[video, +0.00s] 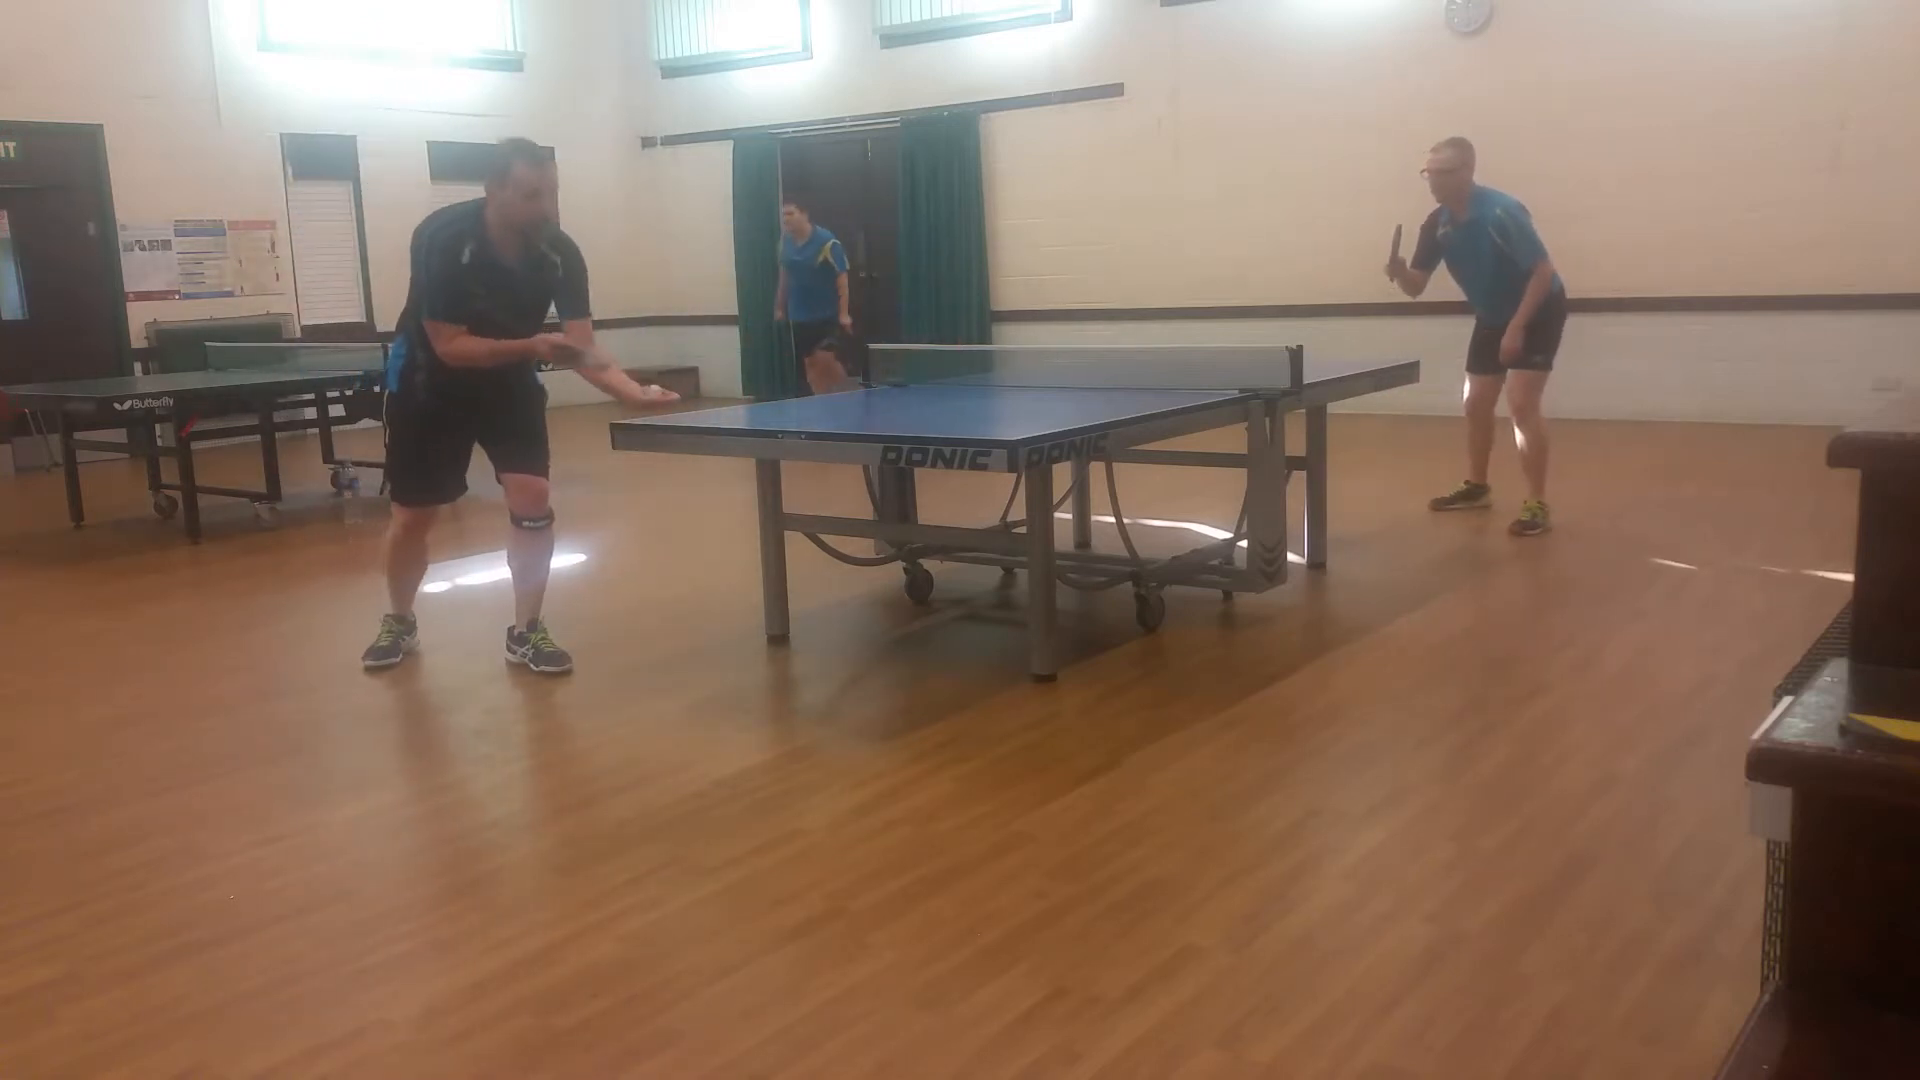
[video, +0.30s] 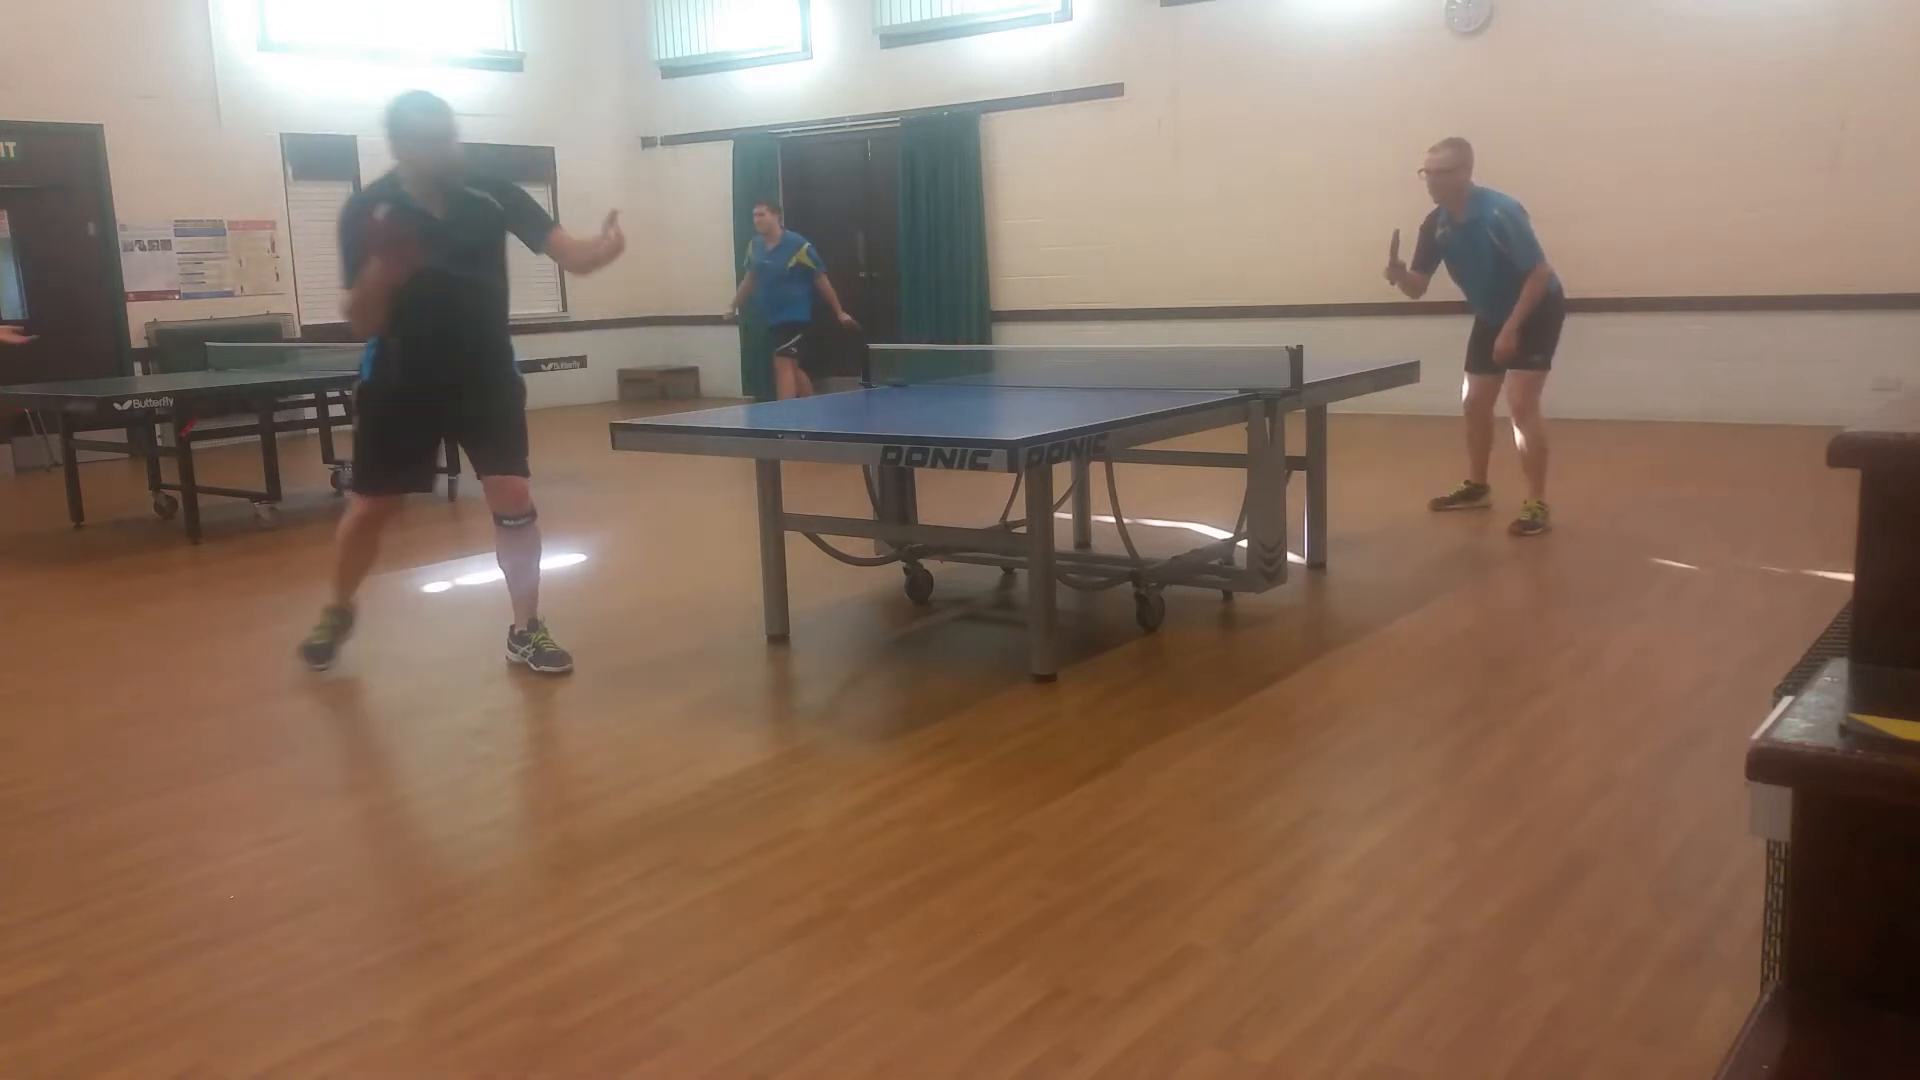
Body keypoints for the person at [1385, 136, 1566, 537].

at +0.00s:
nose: (1428, 181)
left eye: (1436, 174)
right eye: (1427, 174)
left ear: (1464, 174)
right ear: (1432, 176)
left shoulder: (1502, 211)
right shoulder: (1437, 224)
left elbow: (1543, 272)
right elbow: (1416, 285)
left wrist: (1516, 327)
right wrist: (1400, 273)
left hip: (1538, 307)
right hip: (1493, 313)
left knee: (1521, 403)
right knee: (1476, 403)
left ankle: (1536, 504)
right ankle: (1477, 486)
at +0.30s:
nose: (1426, 181)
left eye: (1434, 173)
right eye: (1425, 173)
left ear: (1462, 175)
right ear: (1432, 176)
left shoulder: (1501, 212)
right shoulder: (1435, 224)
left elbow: (1539, 274)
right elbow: (1417, 286)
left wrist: (1510, 329)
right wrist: (1400, 276)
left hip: (1537, 306)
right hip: (1492, 312)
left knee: (1521, 402)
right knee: (1475, 401)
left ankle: (1536, 504)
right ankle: (1477, 486)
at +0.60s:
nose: (1420, 176)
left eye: (1428, 168)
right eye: (1419, 168)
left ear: (1456, 170)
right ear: (1426, 172)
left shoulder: (1494, 209)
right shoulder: (1431, 222)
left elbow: (1534, 271)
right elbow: (1416, 286)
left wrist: (1513, 326)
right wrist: (1395, 270)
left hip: (1530, 309)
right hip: (1487, 314)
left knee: (1512, 404)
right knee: (1472, 401)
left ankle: (1536, 503)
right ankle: (1476, 486)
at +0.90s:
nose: (1426, 170)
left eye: (1435, 163)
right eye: (1424, 163)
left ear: (1463, 163)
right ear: (1427, 166)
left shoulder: (1498, 205)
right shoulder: (1437, 219)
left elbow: (1534, 270)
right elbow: (1426, 285)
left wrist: (1508, 325)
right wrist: (1398, 270)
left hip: (1529, 313)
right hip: (1485, 316)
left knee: (1506, 408)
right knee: (1447, 401)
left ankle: (1535, 502)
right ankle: (1466, 475)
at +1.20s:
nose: (1417, 190)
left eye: (1426, 182)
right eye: (1416, 182)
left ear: (1454, 184)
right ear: (1417, 186)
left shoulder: (1494, 224)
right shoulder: (1419, 238)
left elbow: (1530, 289)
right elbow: (1411, 296)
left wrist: (1498, 338)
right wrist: (1389, 309)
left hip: (1517, 320)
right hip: (1467, 324)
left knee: (1518, 407)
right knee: (1422, 409)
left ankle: (1546, 500)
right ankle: (1397, 494)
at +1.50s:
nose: (1439, 246)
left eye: (1448, 238)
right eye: (1437, 238)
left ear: (1472, 240)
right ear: (1434, 239)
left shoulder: (1515, 268)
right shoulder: (1440, 284)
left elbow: (1558, 330)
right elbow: (1437, 342)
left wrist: (1525, 378)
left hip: (1537, 351)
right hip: (1482, 354)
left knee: (1559, 414)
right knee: (1415, 406)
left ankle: (1596, 504)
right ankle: (1393, 492)